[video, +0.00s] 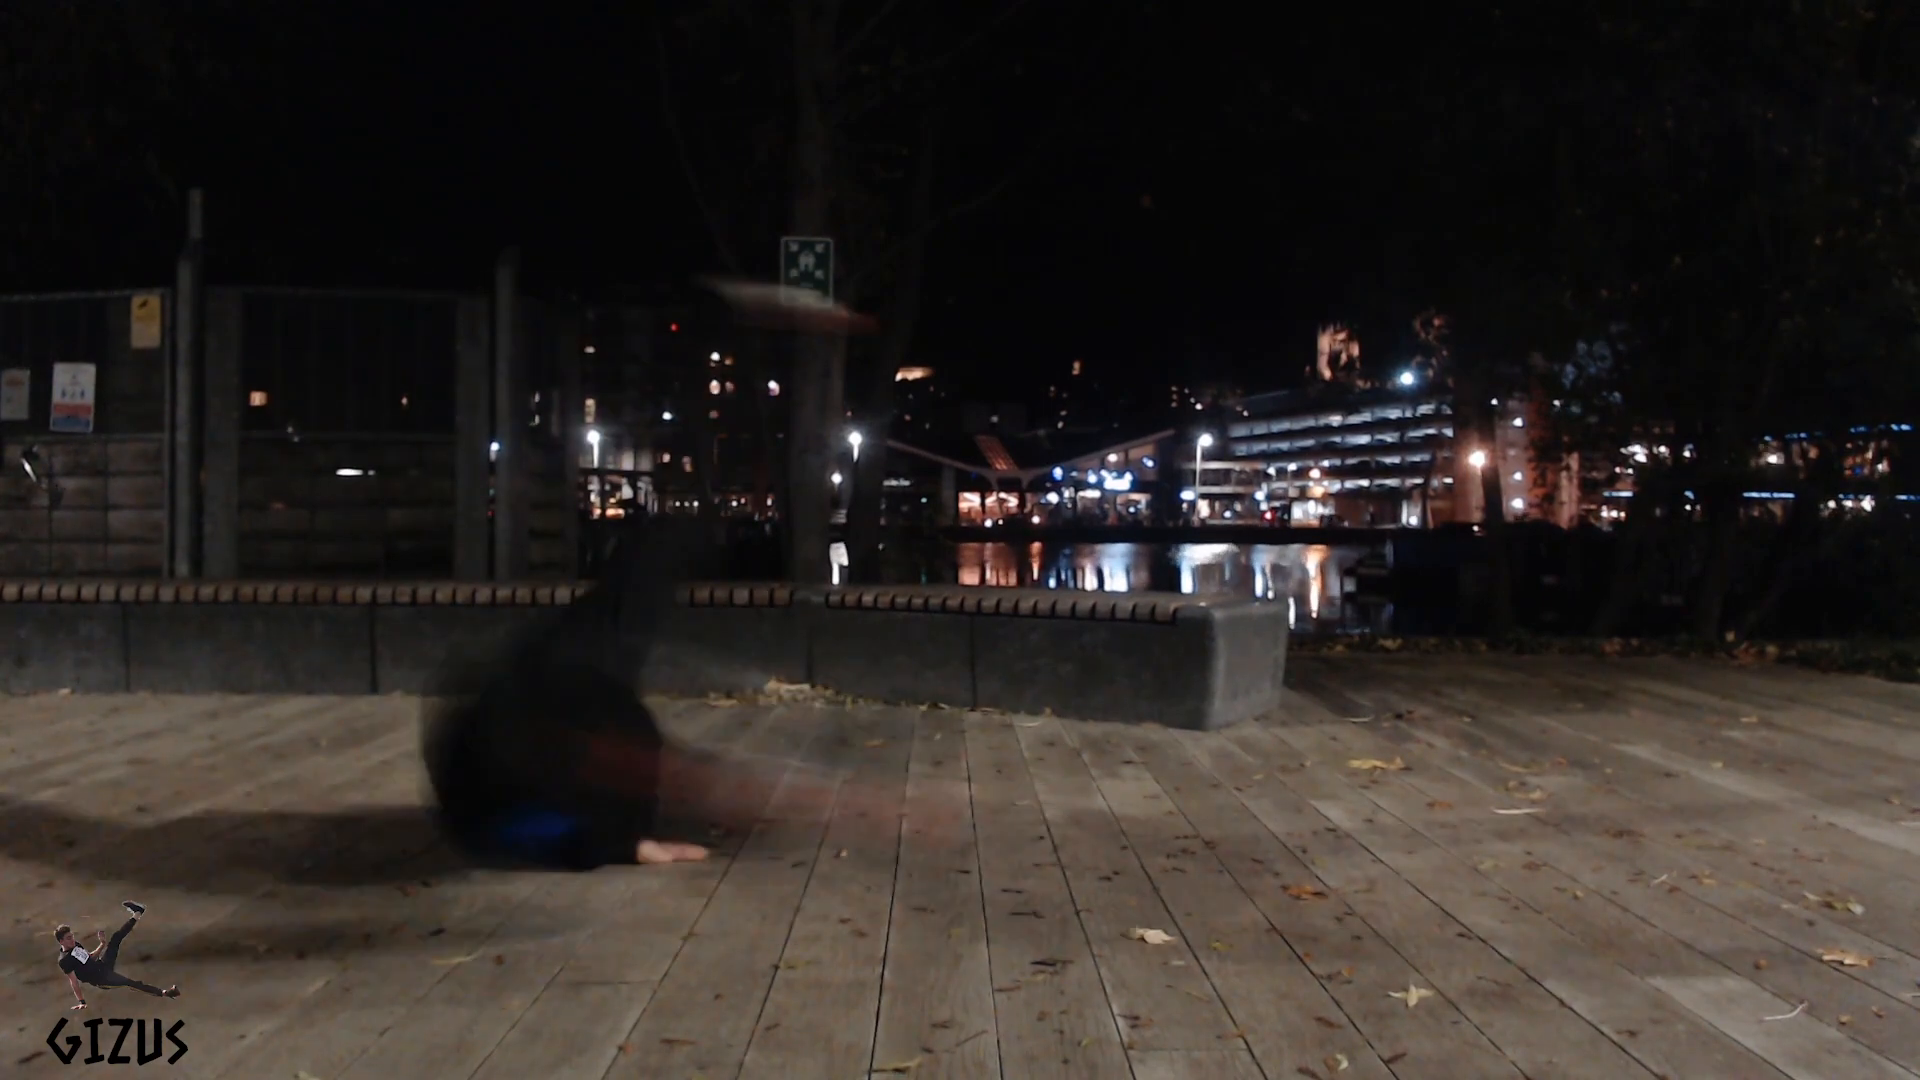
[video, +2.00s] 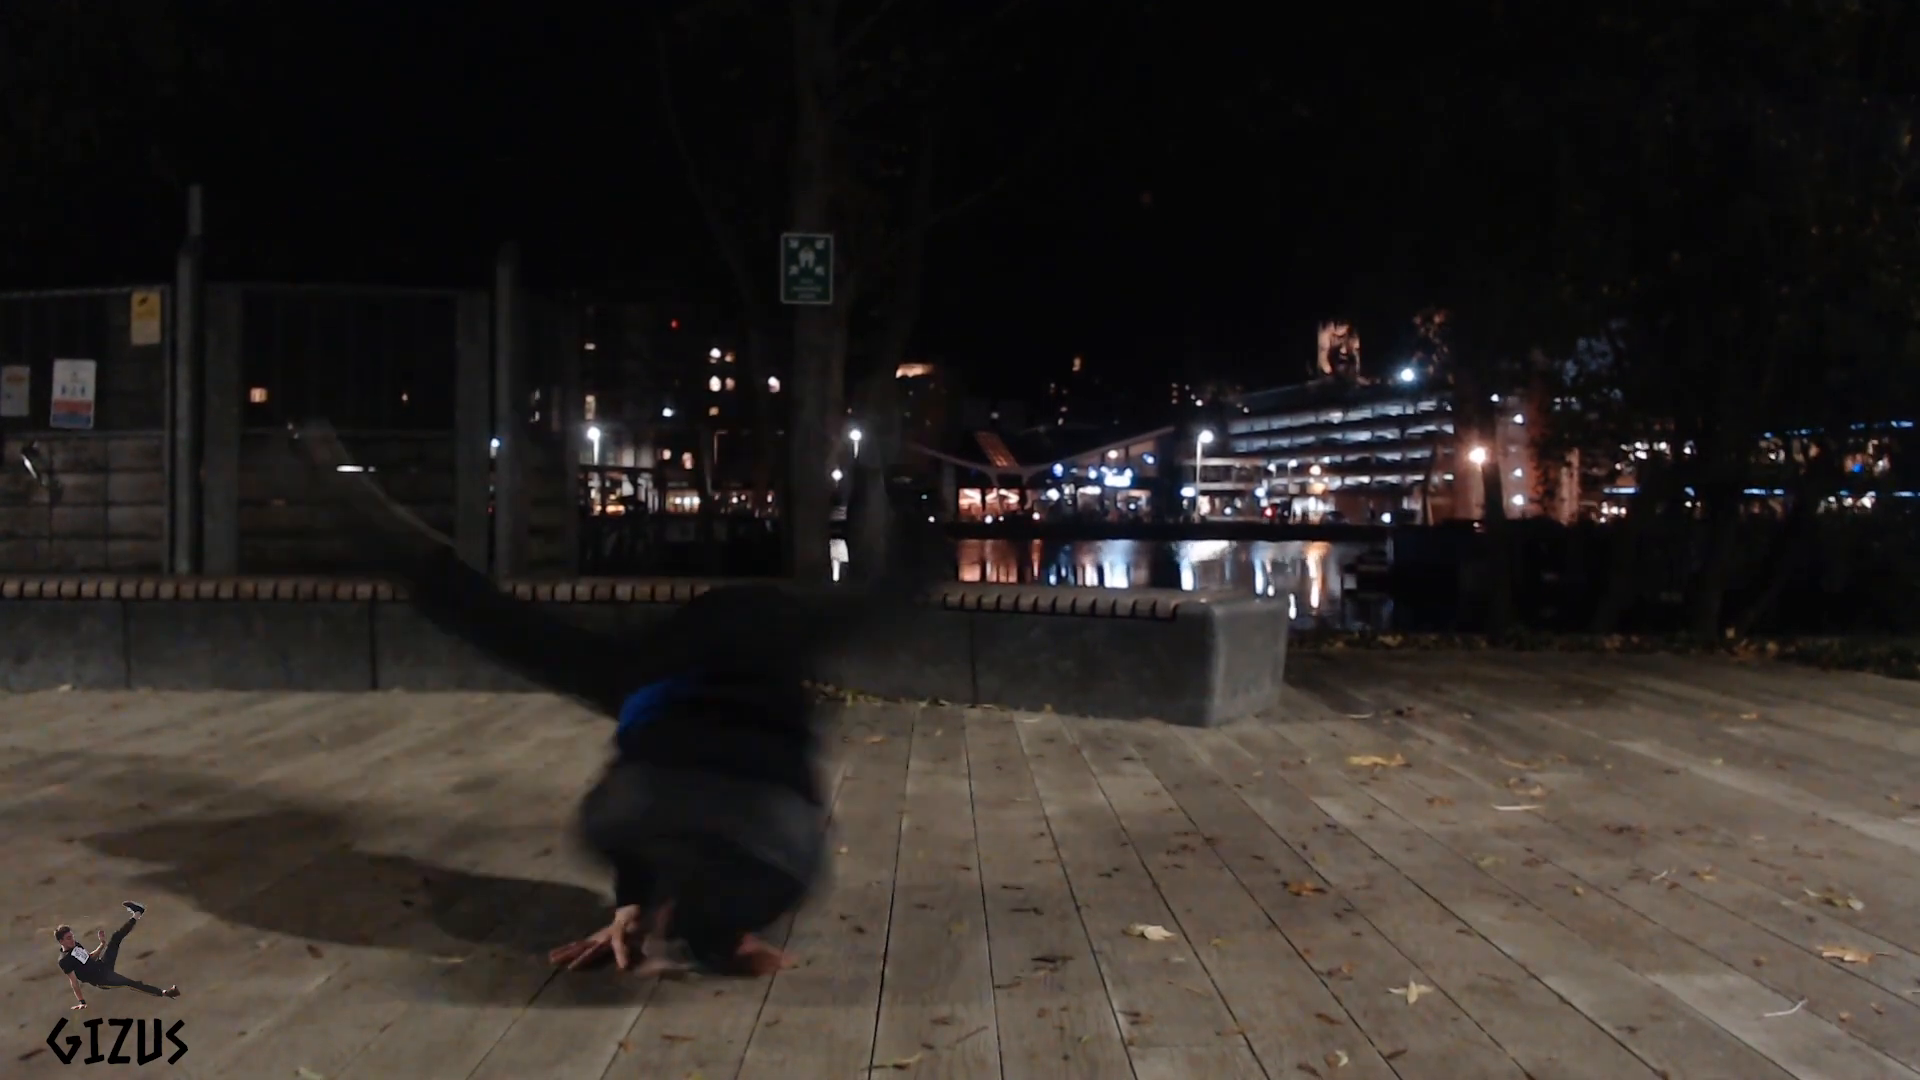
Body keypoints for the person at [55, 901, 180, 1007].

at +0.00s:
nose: (73, 939)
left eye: (72, 936)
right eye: (69, 938)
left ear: (71, 937)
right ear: (61, 942)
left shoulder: (76, 946)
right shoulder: (64, 961)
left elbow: (91, 958)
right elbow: (74, 982)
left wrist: (102, 945)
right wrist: (81, 1001)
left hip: (104, 965)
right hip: (102, 978)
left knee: (115, 939)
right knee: (131, 983)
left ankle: (136, 916)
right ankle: (165, 993)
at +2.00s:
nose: (73, 939)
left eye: (72, 936)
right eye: (69, 938)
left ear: (71, 937)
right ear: (62, 941)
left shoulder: (76, 946)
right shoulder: (64, 960)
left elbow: (91, 957)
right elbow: (74, 982)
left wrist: (102, 945)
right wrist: (81, 1002)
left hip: (104, 965)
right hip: (102, 978)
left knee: (116, 938)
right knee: (132, 983)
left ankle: (136, 916)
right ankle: (165, 993)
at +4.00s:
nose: (73, 939)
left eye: (72, 936)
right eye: (69, 938)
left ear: (71, 937)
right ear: (61, 941)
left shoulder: (76, 946)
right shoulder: (64, 961)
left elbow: (91, 957)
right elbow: (74, 982)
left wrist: (102, 944)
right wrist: (81, 1002)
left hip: (104, 965)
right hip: (102, 978)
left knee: (115, 939)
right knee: (132, 983)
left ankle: (135, 917)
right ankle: (164, 993)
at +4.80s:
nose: (72, 939)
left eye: (72, 936)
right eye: (69, 938)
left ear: (71, 937)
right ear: (62, 942)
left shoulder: (75, 946)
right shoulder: (64, 960)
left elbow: (91, 957)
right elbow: (74, 982)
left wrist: (102, 944)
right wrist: (81, 1002)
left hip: (104, 965)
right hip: (101, 978)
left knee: (116, 938)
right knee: (131, 983)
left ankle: (136, 916)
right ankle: (165, 993)